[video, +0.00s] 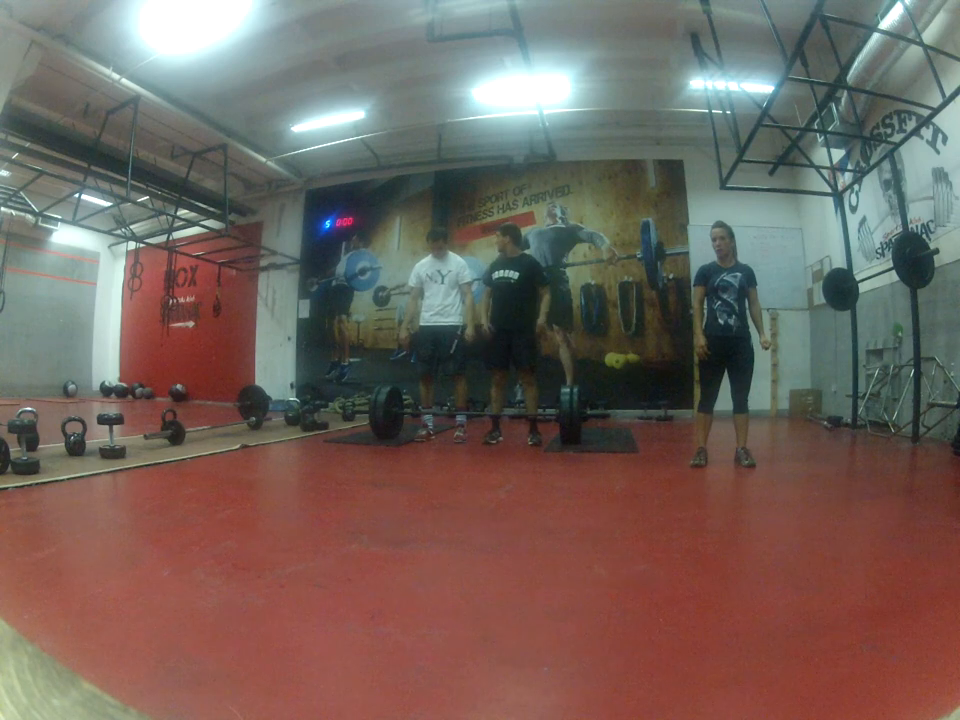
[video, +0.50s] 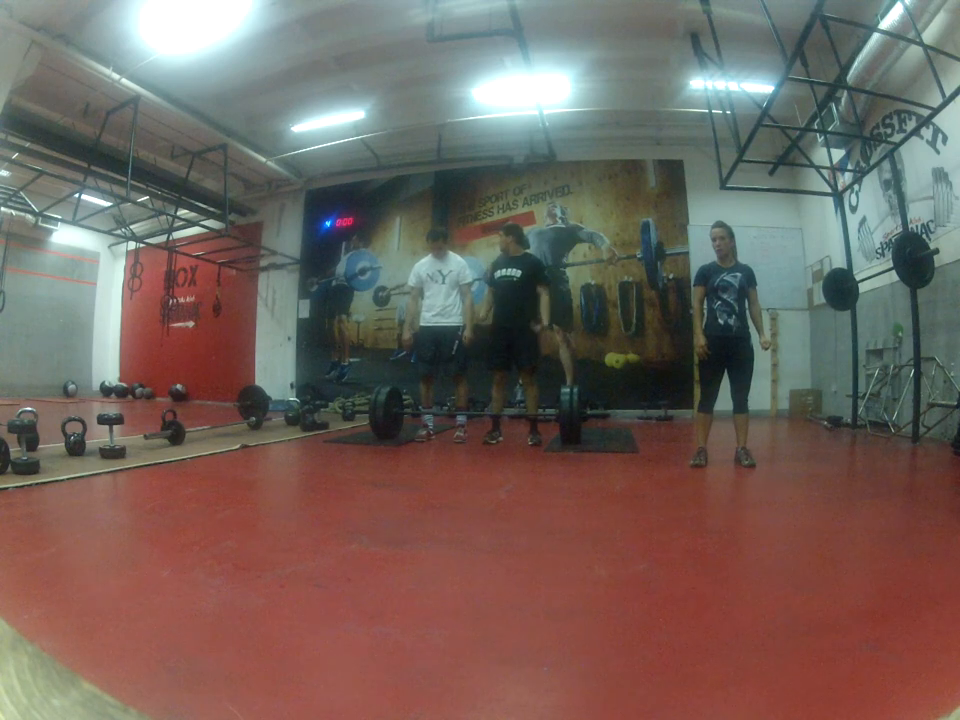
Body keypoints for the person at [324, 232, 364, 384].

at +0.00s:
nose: (352, 243)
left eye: (354, 241)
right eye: (352, 240)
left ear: (360, 242)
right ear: (353, 242)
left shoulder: (360, 256)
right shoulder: (348, 256)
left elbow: (362, 275)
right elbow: (337, 273)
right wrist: (319, 280)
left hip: (346, 289)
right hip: (336, 288)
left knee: (342, 324)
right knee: (334, 325)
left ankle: (345, 362)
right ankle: (335, 360)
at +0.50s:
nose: (352, 243)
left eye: (355, 240)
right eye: (352, 240)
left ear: (360, 242)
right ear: (352, 242)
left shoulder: (359, 256)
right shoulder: (347, 256)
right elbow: (336, 273)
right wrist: (319, 280)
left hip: (346, 288)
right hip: (335, 288)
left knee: (342, 324)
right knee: (334, 325)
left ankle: (345, 362)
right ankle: (335, 361)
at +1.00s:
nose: (352, 243)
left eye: (355, 241)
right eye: (352, 240)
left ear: (361, 243)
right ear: (353, 242)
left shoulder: (360, 257)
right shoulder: (347, 256)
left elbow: (363, 275)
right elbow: (336, 273)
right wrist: (319, 280)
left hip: (346, 288)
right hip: (335, 288)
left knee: (342, 323)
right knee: (334, 325)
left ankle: (345, 362)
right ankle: (335, 361)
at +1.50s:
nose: (352, 243)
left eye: (355, 241)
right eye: (353, 240)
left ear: (361, 243)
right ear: (353, 242)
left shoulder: (359, 257)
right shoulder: (347, 256)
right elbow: (337, 273)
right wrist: (319, 279)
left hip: (345, 288)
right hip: (335, 288)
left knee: (342, 323)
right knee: (334, 325)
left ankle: (345, 362)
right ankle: (335, 360)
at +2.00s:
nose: (353, 243)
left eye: (355, 241)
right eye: (353, 241)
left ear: (361, 243)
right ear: (354, 242)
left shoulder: (360, 256)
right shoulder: (348, 256)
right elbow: (336, 271)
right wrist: (319, 278)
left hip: (346, 288)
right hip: (336, 288)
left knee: (342, 324)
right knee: (334, 325)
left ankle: (345, 362)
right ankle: (335, 361)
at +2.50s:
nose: (353, 243)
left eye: (356, 241)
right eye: (353, 240)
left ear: (360, 242)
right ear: (353, 242)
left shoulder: (360, 256)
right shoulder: (348, 256)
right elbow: (336, 272)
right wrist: (319, 279)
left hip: (345, 288)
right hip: (335, 288)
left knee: (342, 325)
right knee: (333, 326)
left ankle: (345, 362)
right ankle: (335, 361)